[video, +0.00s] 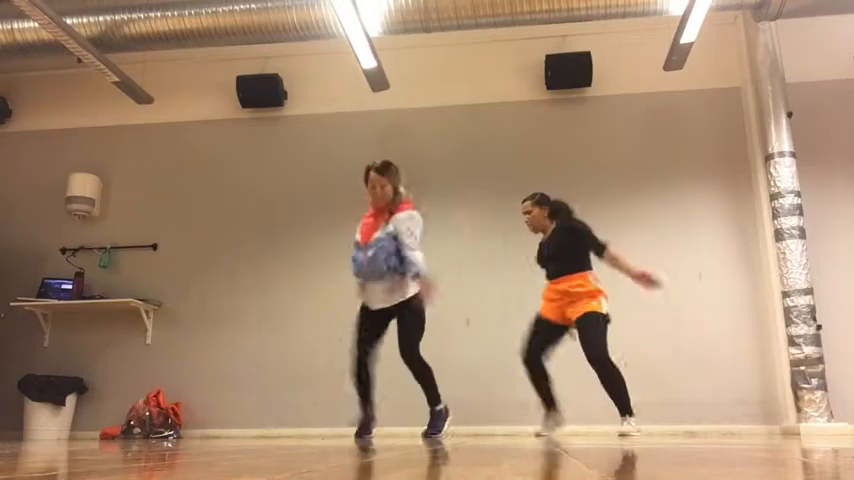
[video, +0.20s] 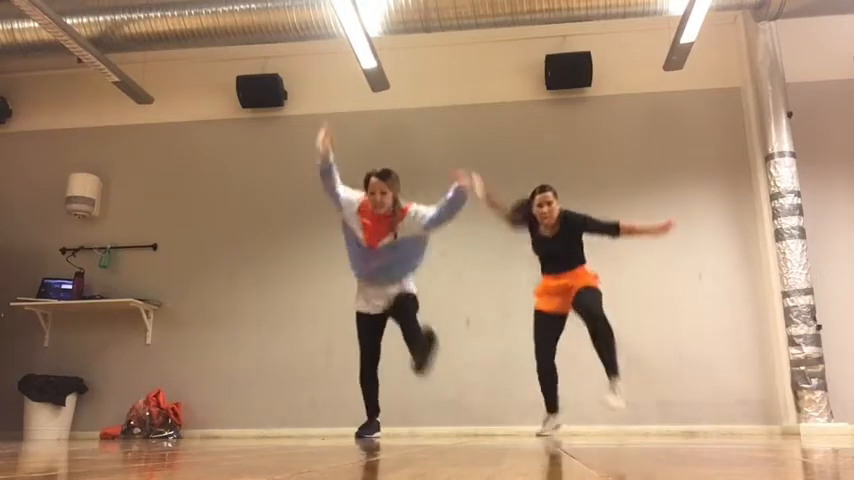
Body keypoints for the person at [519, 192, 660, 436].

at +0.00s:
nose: (525, 220)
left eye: (528, 213)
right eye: (523, 215)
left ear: (544, 210)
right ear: (538, 214)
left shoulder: (572, 228)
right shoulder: (544, 245)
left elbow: (605, 254)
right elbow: (558, 284)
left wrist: (635, 274)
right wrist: (565, 319)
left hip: (585, 298)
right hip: (556, 303)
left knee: (597, 356)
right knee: (530, 356)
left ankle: (627, 417)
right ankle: (552, 413)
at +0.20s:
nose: (545, 209)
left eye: (549, 204)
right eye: (540, 205)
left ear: (558, 204)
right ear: (532, 208)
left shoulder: (572, 221)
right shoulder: (529, 220)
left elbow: (613, 228)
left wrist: (654, 230)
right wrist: (482, 191)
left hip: (580, 283)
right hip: (550, 290)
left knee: (594, 315)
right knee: (543, 353)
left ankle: (614, 381)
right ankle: (552, 414)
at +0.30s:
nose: (554, 200)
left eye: (558, 195)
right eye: (548, 196)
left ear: (567, 196)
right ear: (542, 199)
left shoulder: (579, 213)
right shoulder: (534, 206)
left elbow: (622, 215)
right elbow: (503, 191)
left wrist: (665, 212)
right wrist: (488, 165)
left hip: (582, 270)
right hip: (553, 279)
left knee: (578, 282)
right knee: (543, 339)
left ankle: (592, 351)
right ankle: (545, 398)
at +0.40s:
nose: (565, 191)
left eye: (569, 186)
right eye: (560, 187)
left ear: (578, 189)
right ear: (552, 192)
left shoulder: (588, 211)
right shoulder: (540, 207)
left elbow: (625, 224)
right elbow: (516, 221)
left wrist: (659, 234)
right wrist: (506, 218)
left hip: (582, 271)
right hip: (551, 276)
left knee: (578, 292)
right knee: (535, 327)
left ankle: (580, 366)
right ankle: (564, 348)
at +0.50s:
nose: (574, 190)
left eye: (578, 186)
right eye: (569, 186)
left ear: (587, 194)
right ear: (560, 195)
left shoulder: (596, 223)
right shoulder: (547, 223)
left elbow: (613, 250)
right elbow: (534, 261)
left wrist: (640, 269)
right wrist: (521, 292)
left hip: (580, 288)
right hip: (549, 287)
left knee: (579, 348)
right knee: (536, 324)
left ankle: (580, 416)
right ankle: (567, 302)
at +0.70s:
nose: (572, 180)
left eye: (576, 175)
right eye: (567, 176)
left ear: (584, 180)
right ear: (559, 182)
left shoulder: (598, 208)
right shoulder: (549, 210)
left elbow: (621, 237)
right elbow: (525, 244)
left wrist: (647, 263)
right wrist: (502, 272)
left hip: (590, 282)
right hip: (557, 281)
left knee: (583, 345)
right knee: (541, 344)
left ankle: (579, 414)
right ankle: (570, 330)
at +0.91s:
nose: (574, 188)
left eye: (575, 183)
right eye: (568, 185)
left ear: (578, 183)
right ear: (556, 186)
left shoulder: (588, 204)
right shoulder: (547, 216)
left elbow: (621, 202)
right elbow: (555, 207)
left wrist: (642, 184)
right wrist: (569, 179)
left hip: (597, 266)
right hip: (567, 274)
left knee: (597, 296)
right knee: (578, 344)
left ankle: (592, 343)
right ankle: (592, 410)